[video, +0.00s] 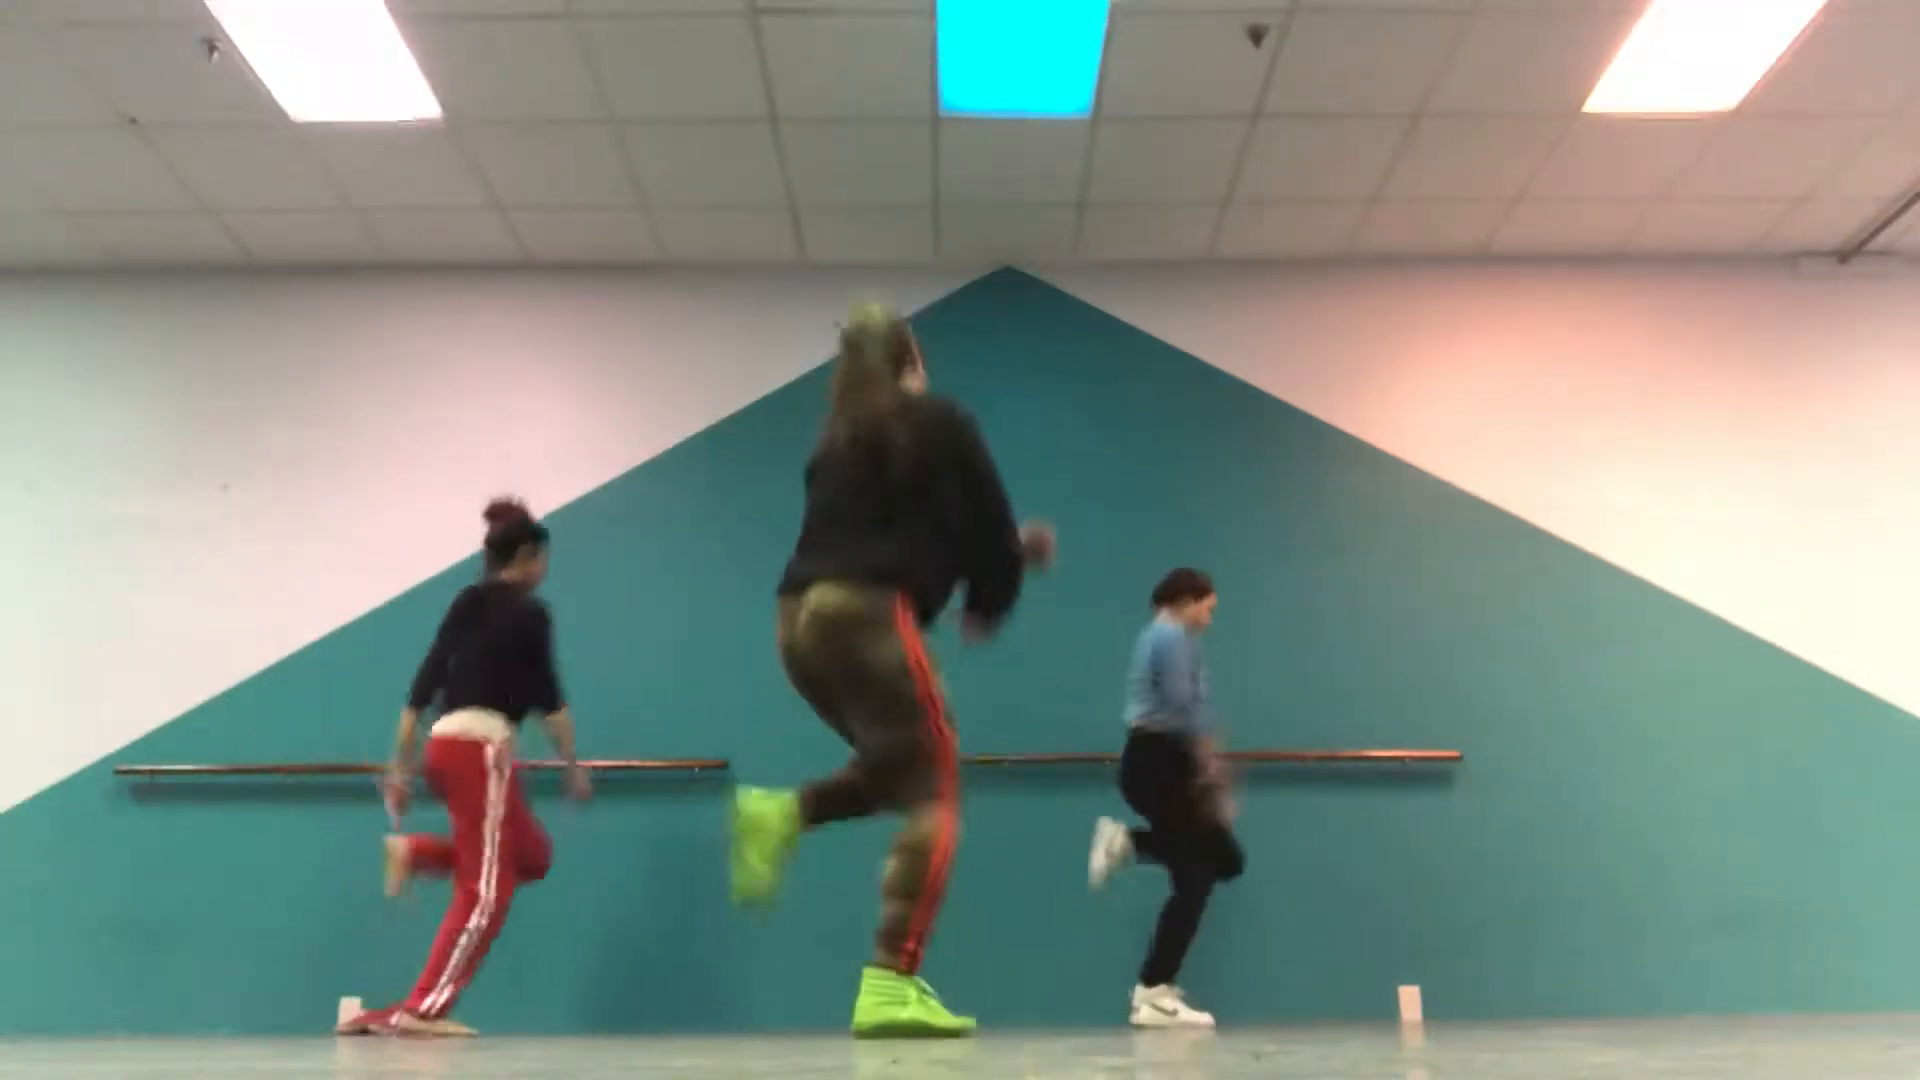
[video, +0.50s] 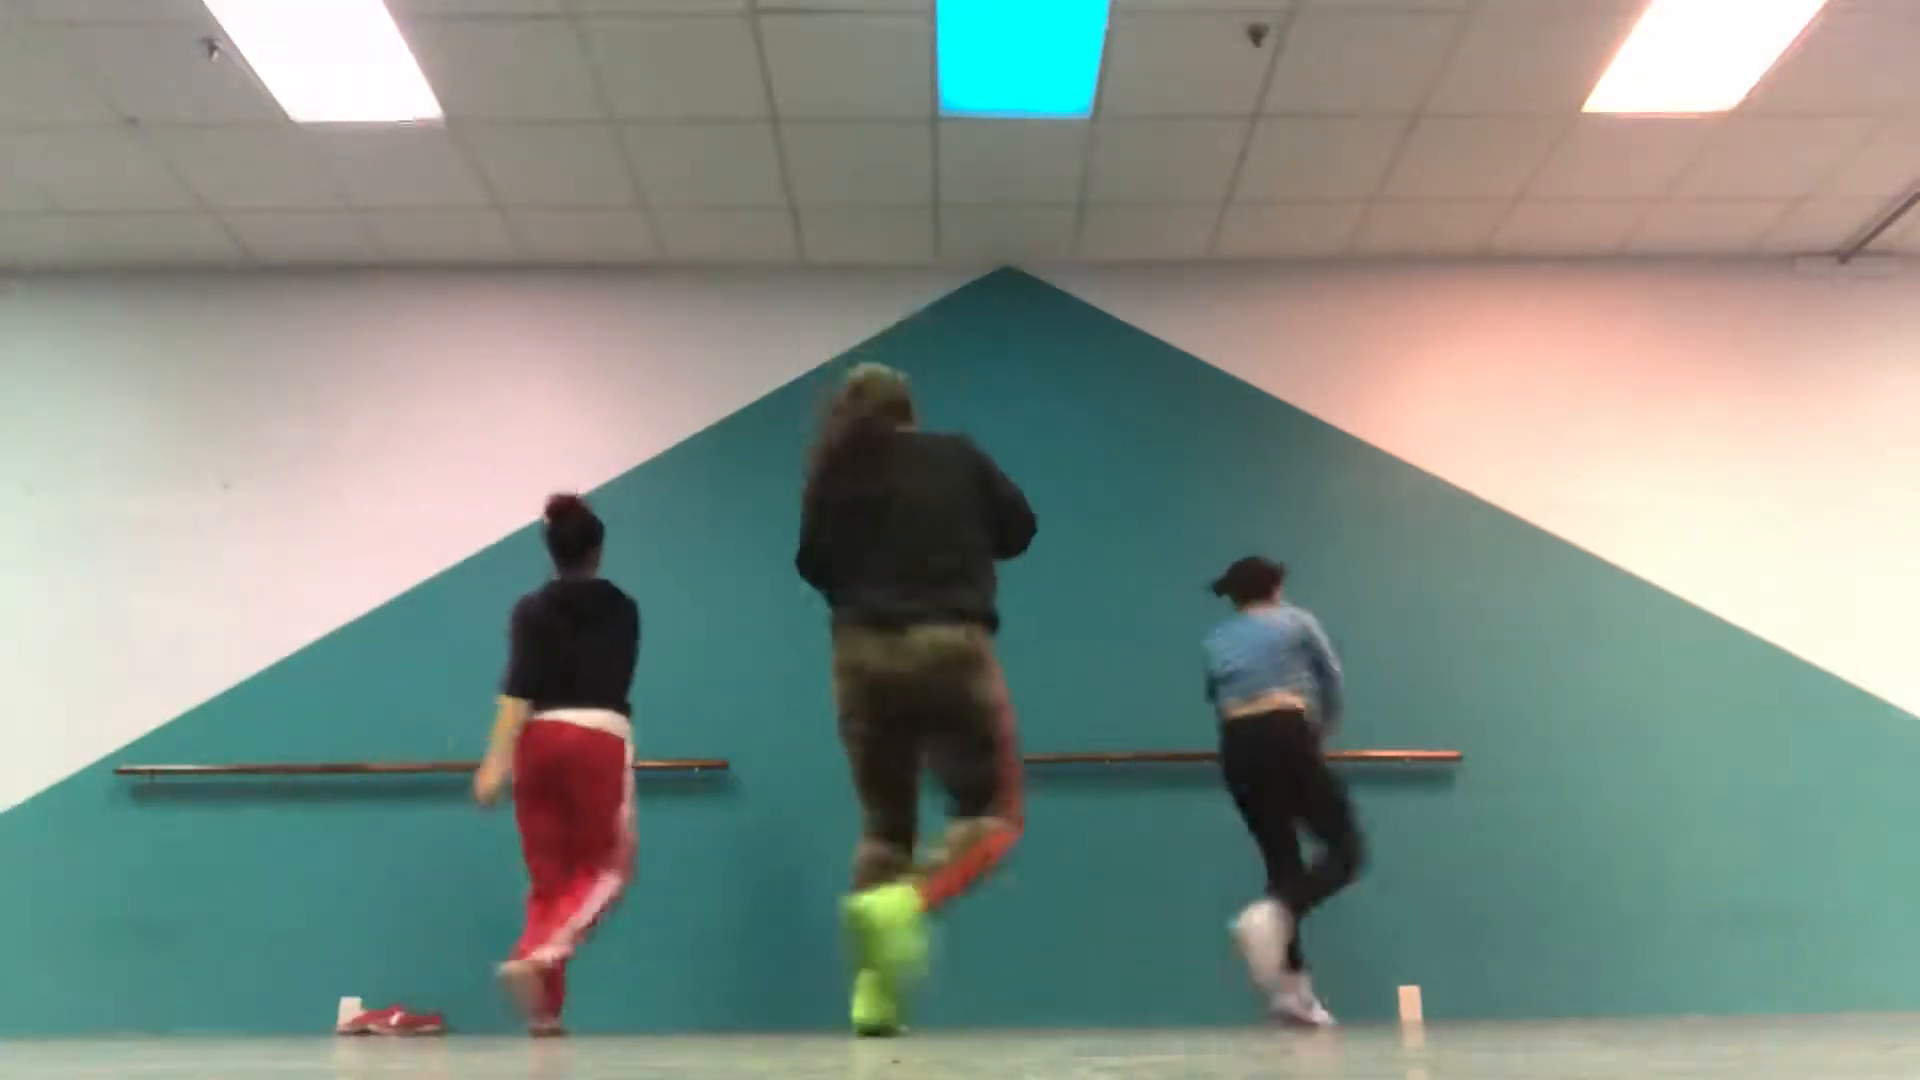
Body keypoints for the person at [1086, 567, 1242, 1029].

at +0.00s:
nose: (1209, 620)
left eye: (1211, 611)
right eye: (1207, 609)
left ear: (1176, 602)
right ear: (1188, 602)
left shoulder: (1161, 636)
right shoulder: (1171, 636)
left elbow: (1182, 709)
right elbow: (1183, 704)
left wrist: (1206, 771)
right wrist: (1204, 757)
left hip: (1151, 756)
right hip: (1159, 756)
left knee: (1221, 859)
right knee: (1200, 869)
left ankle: (1127, 842)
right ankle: (1155, 989)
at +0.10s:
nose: (1224, 595)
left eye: (1225, 587)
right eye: (1223, 587)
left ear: (1180, 580)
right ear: (1211, 581)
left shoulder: (1161, 617)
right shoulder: (1197, 609)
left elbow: (1193, 685)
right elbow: (1234, 663)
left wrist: (1244, 693)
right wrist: (1258, 695)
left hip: (1155, 734)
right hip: (1174, 734)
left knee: (1238, 830)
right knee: (1205, 844)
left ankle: (1156, 876)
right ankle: (1164, 975)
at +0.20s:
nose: (1240, 585)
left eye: (1239, 579)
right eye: (1238, 578)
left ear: (1195, 575)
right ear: (1226, 574)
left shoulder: (1170, 608)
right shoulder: (1221, 599)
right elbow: (1284, 629)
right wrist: (1302, 625)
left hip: (1157, 726)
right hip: (1192, 723)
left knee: (1225, 840)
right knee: (1230, 842)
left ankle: (1221, 948)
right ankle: (1193, 953)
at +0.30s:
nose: (1249, 599)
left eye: (1247, 592)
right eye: (1245, 592)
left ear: (1203, 597)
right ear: (1231, 593)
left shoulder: (1181, 635)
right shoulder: (1243, 621)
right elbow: (1297, 614)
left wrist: (1280, 606)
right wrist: (1302, 597)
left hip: (1183, 743)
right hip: (1225, 741)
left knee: (1225, 871)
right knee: (1231, 868)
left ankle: (1279, 981)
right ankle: (1199, 986)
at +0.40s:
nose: (1264, 599)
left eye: (1261, 593)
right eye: (1262, 593)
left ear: (1218, 601)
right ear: (1255, 594)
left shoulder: (1196, 640)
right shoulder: (1269, 621)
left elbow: (1223, 677)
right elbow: (1308, 626)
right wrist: (1295, 614)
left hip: (1203, 743)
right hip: (1248, 739)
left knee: (1264, 865)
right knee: (1247, 867)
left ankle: (1289, 985)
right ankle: (1198, 979)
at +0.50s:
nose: (1280, 597)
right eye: (1279, 590)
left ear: (1234, 599)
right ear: (1276, 590)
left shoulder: (1217, 637)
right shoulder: (1297, 621)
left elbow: (1214, 695)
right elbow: (1331, 676)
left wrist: (1244, 720)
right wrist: (1323, 727)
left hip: (1238, 742)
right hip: (1289, 734)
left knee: (1280, 862)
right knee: (1346, 849)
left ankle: (1291, 984)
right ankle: (1278, 916)